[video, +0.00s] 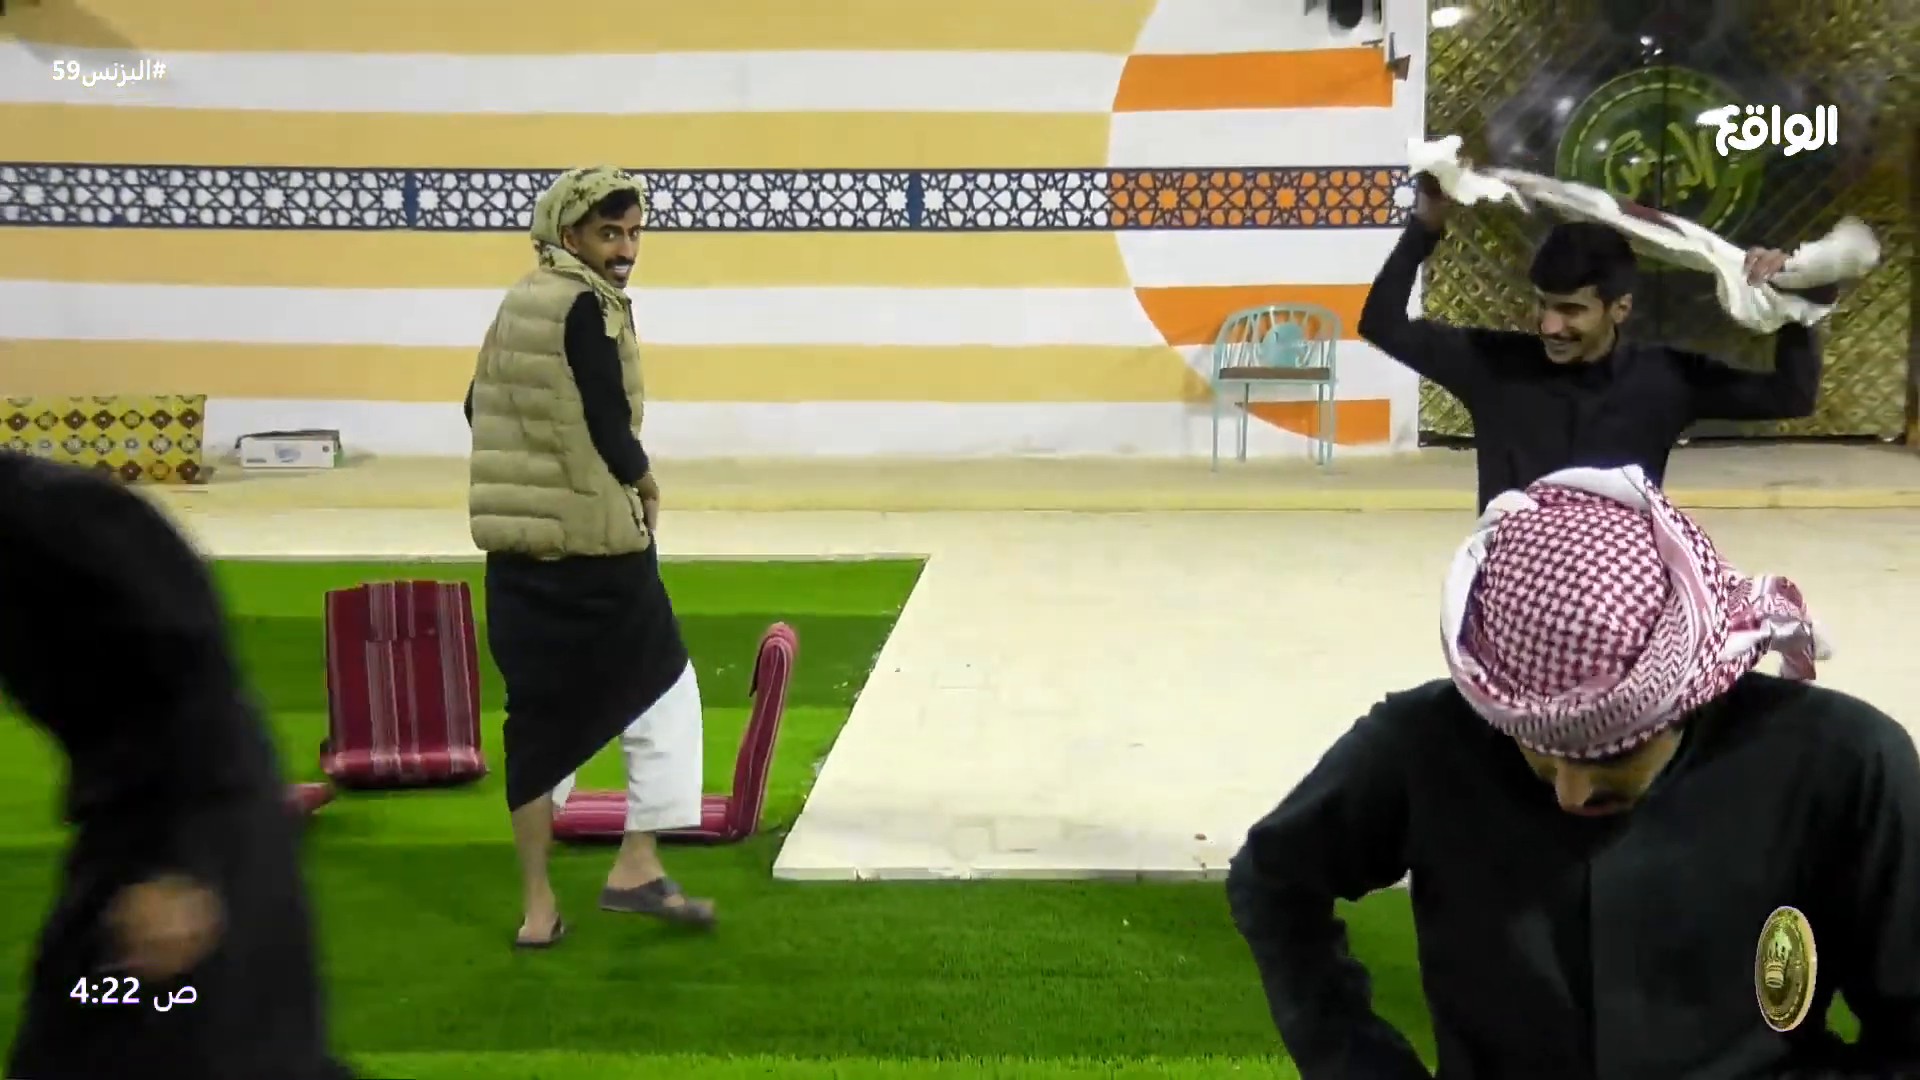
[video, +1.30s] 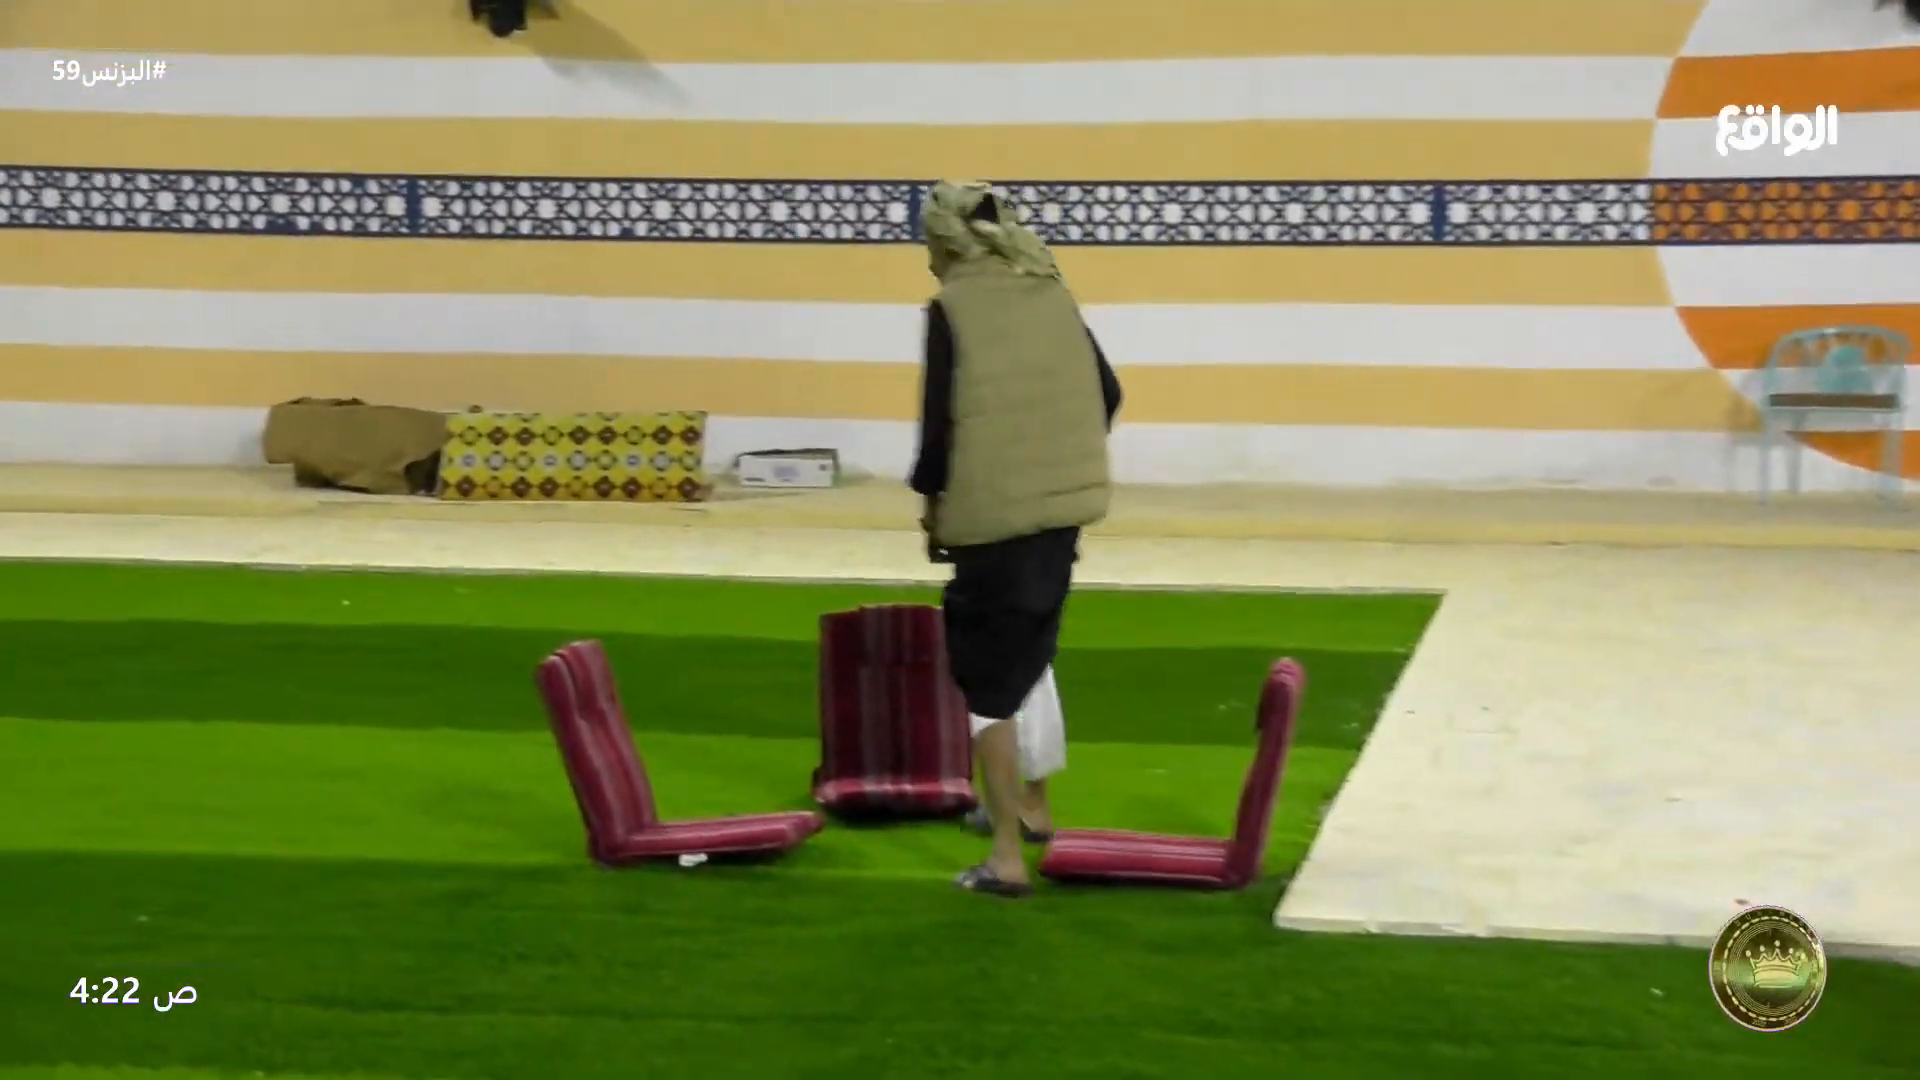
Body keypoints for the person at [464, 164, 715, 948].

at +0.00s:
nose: (626, 248)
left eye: (633, 234)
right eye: (612, 233)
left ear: (631, 235)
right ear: (569, 232)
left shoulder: (518, 303)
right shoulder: (587, 306)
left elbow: (476, 407)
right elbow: (607, 423)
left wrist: (545, 459)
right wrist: (643, 482)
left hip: (515, 557)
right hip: (597, 554)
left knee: (533, 720)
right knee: (667, 693)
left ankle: (537, 908)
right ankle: (638, 866)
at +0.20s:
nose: (721, 265)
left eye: (721, 251)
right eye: (710, 252)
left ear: (650, 256)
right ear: (669, 253)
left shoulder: (597, 323)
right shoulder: (688, 322)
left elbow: (584, 428)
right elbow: (718, 429)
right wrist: (729, 477)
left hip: (604, 551)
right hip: (686, 552)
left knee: (622, 716)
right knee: (710, 692)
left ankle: (624, 893)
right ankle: (723, 852)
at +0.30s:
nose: (772, 275)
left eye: (773, 261)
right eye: (764, 262)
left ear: (705, 259)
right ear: (729, 258)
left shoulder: (637, 324)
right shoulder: (740, 325)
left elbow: (627, 423)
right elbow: (763, 427)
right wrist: (768, 481)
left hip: (646, 546)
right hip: (728, 546)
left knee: (669, 702)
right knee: (755, 687)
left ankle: (666, 864)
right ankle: (763, 851)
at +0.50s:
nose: (843, 252)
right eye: (843, 242)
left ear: (772, 240)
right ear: (837, 248)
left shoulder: (726, 308)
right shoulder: (855, 316)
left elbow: (700, 420)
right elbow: (888, 422)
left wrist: (736, 467)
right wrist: (855, 465)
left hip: (731, 529)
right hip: (822, 531)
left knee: (741, 658)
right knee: (838, 681)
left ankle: (770, 792)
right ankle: (853, 847)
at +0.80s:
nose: (799, 243)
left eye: (804, 233)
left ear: (810, 238)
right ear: (878, 236)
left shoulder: (784, 309)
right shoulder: (907, 299)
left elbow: (772, 427)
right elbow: (951, 387)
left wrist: (812, 460)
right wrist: (931, 437)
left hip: (812, 527)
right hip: (904, 521)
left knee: (812, 671)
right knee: (910, 652)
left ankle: (835, 817)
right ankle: (948, 768)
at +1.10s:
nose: (867, 223)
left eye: (870, 213)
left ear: (878, 220)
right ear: (943, 210)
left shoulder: (853, 290)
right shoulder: (979, 273)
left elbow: (837, 414)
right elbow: (1030, 367)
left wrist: (851, 463)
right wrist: (999, 415)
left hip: (906, 514)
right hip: (988, 507)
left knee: (916, 683)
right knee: (964, 610)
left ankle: (929, 835)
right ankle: (984, 764)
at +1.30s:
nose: (928, 254)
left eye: (929, 244)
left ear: (942, 243)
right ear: (1002, 229)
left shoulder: (951, 308)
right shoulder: (1051, 295)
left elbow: (940, 416)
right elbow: (1105, 388)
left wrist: (930, 496)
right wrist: (1069, 451)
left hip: (991, 519)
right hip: (1063, 512)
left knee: (992, 695)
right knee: (1026, 662)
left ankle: (1008, 859)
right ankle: (1034, 806)